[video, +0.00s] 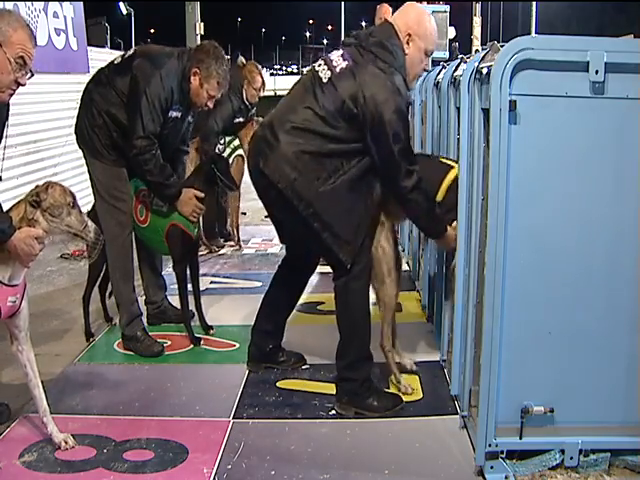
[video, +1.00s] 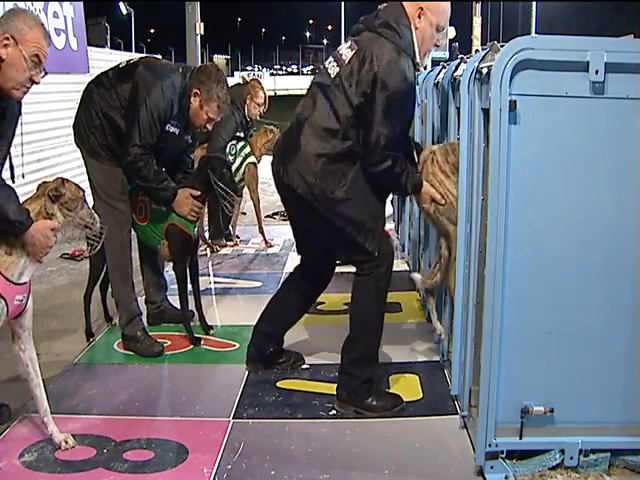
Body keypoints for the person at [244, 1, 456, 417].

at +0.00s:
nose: (427, 66)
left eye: (430, 57)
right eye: (427, 54)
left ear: (398, 33)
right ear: (407, 39)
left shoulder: (359, 52)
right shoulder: (384, 86)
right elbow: (400, 173)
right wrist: (439, 229)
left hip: (269, 157)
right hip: (298, 170)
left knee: (302, 253)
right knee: (351, 262)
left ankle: (263, 347)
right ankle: (355, 386)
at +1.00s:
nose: (439, 41)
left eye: (443, 31)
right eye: (439, 29)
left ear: (411, 15)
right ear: (417, 16)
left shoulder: (369, 37)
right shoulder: (394, 60)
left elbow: (381, 136)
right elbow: (380, 156)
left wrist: (420, 163)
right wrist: (415, 186)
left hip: (294, 162)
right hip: (324, 171)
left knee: (317, 263)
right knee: (376, 258)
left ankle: (263, 347)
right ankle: (358, 387)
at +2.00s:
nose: (403, 100)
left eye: (403, 92)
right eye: (398, 92)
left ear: (372, 89)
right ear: (375, 92)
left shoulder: (347, 116)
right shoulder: (378, 150)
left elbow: (396, 123)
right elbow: (425, 211)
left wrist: (433, 98)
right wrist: (484, 205)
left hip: (307, 269)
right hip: (331, 277)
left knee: (348, 353)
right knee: (409, 282)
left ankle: (275, 329)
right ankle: (358, 386)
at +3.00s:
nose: (396, 145)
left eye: (399, 136)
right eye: (391, 136)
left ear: (373, 123)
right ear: (366, 124)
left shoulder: (374, 154)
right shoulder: (331, 154)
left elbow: (397, 225)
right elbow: (340, 246)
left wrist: (430, 294)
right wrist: (379, 237)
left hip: (327, 280)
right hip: (297, 281)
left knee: (355, 355)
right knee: (382, 270)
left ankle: (277, 333)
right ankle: (356, 389)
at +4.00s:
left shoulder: (240, 9)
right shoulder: (339, 4)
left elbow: (223, 65)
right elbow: (359, 55)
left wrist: (229, 144)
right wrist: (375, 127)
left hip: (258, 138)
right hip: (321, 131)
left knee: (280, 259)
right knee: (342, 256)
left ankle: (281, 385)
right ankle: (350, 381)